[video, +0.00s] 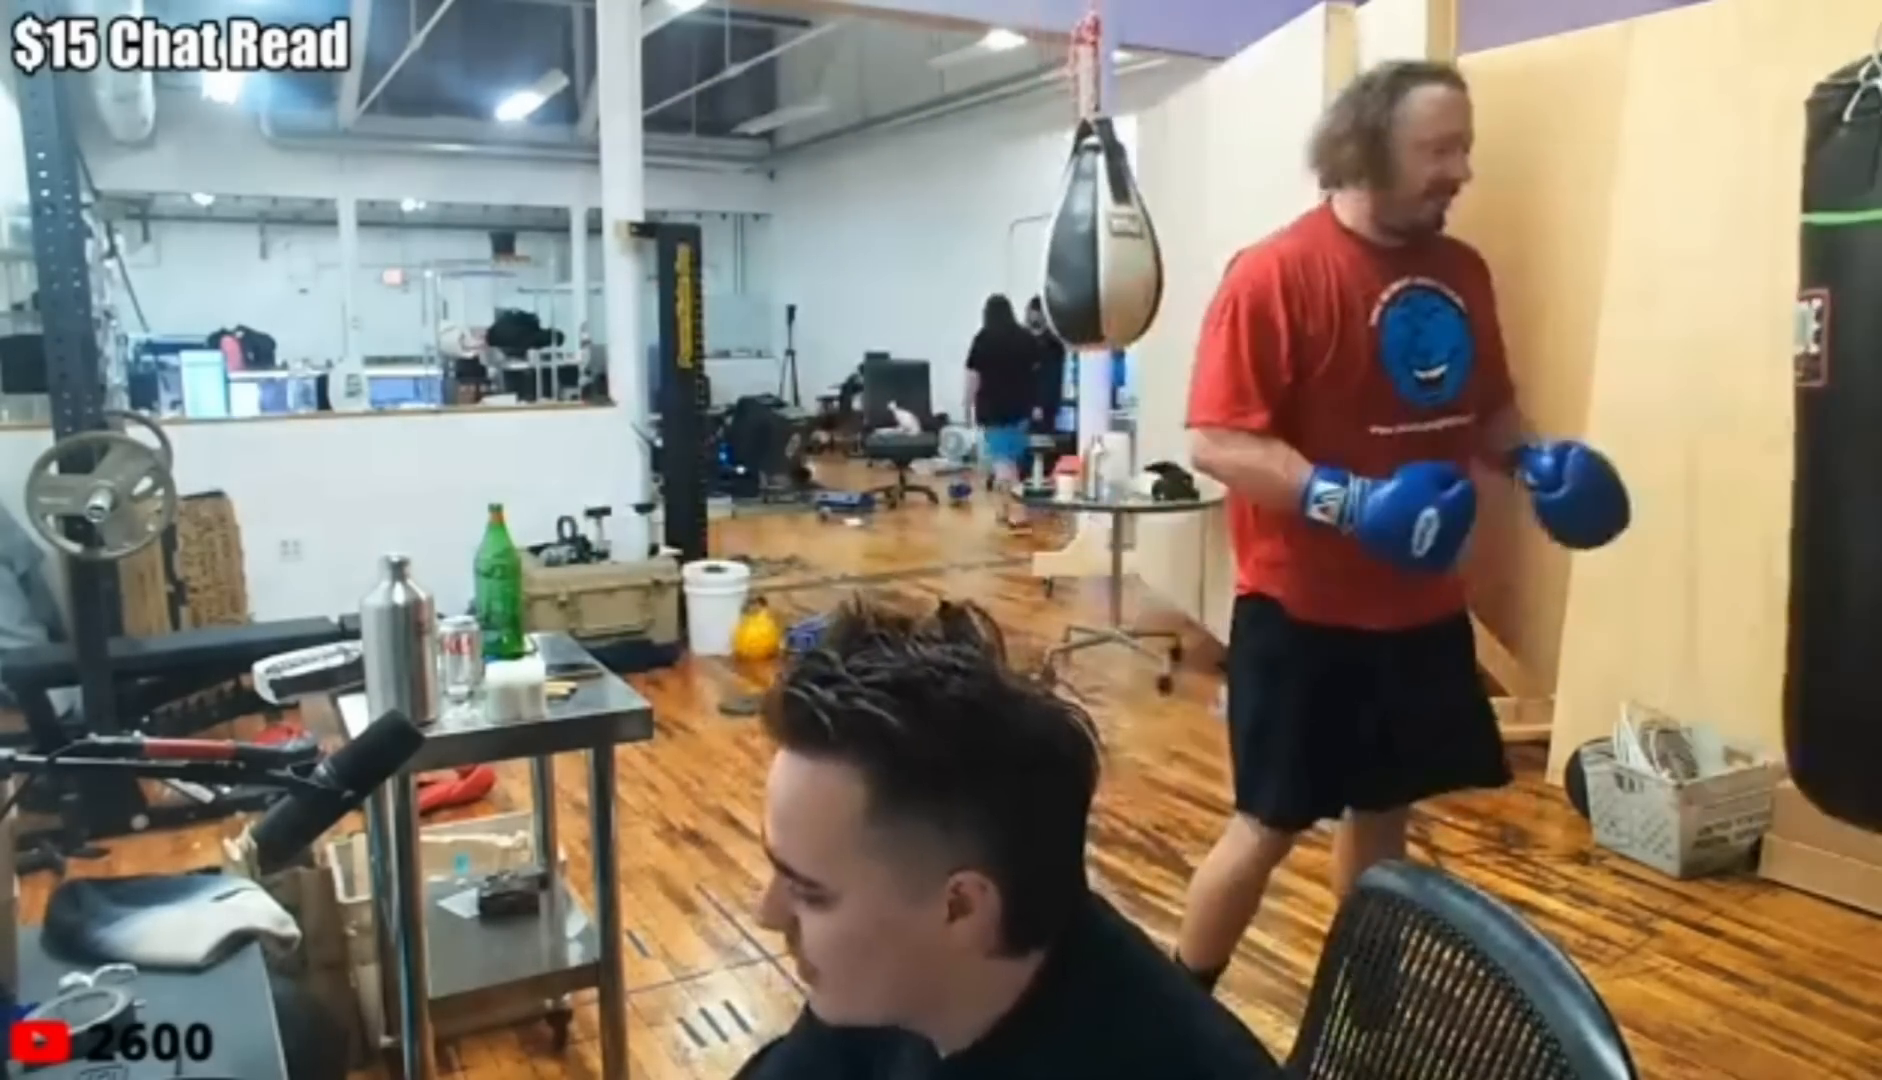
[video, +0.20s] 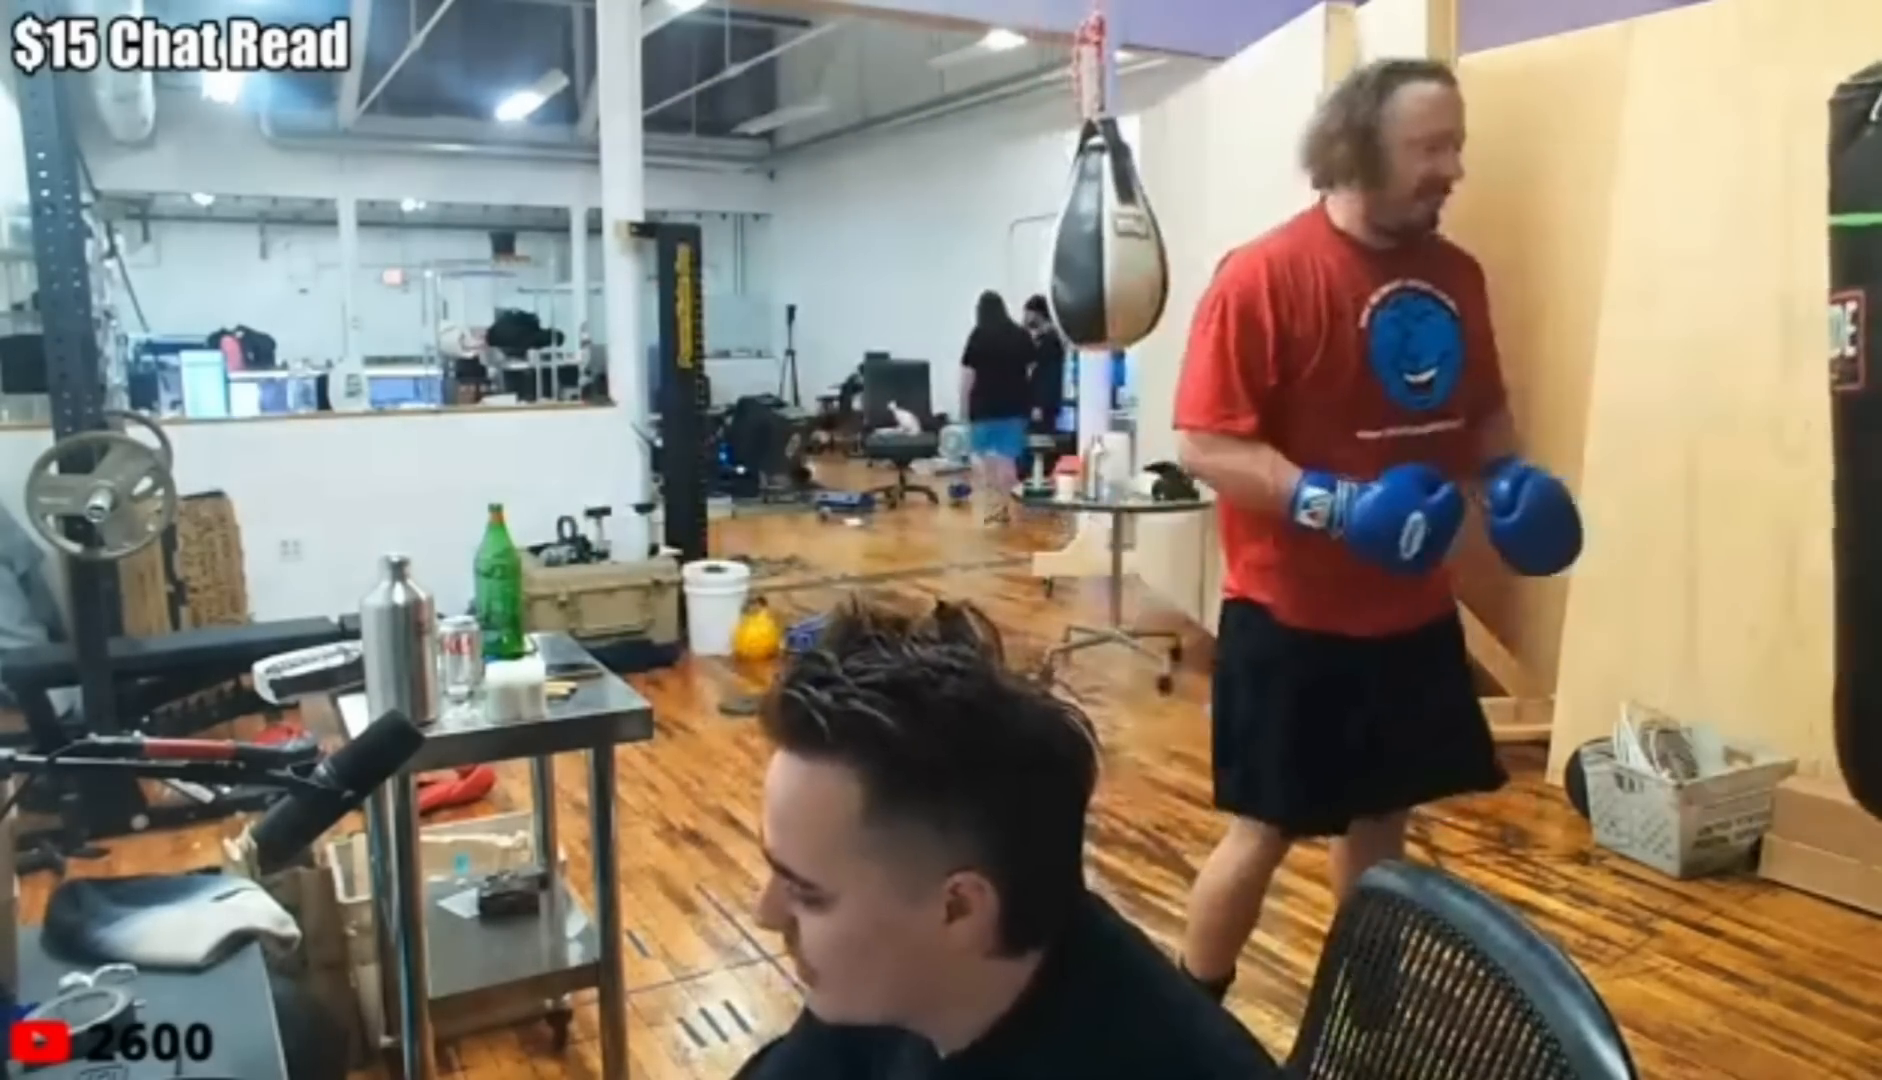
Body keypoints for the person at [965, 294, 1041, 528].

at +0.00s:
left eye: (988, 314)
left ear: (987, 314)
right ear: (1011, 312)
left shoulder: (984, 338)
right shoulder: (1026, 337)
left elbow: (973, 375)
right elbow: (1037, 371)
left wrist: (968, 405)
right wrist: (1036, 402)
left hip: (992, 407)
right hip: (1021, 406)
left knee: (1001, 458)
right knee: (1013, 457)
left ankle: (1015, 508)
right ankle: (1007, 507)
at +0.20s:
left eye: (979, 311)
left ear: (980, 312)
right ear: (1003, 308)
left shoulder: (978, 335)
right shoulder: (1021, 334)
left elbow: (968, 375)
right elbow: (1031, 366)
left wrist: (964, 407)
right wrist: (1025, 390)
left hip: (984, 408)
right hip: (1015, 406)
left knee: (985, 463)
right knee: (1007, 462)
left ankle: (991, 510)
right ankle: (1005, 509)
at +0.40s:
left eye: (972, 312)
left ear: (972, 312)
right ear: (994, 309)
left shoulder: (971, 337)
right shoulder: (1012, 334)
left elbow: (964, 376)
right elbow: (1023, 366)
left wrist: (959, 404)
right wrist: (1020, 392)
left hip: (977, 405)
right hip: (1007, 404)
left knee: (970, 456)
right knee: (1002, 459)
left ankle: (965, 500)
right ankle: (1005, 509)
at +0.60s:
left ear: (958, 313)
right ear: (981, 311)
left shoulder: (957, 339)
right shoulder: (998, 336)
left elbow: (950, 378)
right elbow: (1010, 367)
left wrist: (946, 409)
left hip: (964, 408)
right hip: (995, 407)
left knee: (958, 458)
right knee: (995, 457)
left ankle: (955, 502)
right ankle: (1002, 508)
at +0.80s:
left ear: (949, 310)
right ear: (972, 309)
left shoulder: (945, 336)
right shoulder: (986, 332)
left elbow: (933, 373)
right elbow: (1002, 359)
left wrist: (929, 406)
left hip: (955, 405)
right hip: (984, 403)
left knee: (955, 456)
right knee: (986, 450)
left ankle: (953, 501)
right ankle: (986, 484)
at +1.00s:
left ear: (947, 311)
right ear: (970, 310)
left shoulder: (940, 337)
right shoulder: (983, 333)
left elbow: (922, 368)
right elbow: (1000, 357)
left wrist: (920, 400)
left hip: (951, 404)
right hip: (980, 402)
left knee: (954, 455)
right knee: (982, 448)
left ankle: (953, 500)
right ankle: (982, 492)